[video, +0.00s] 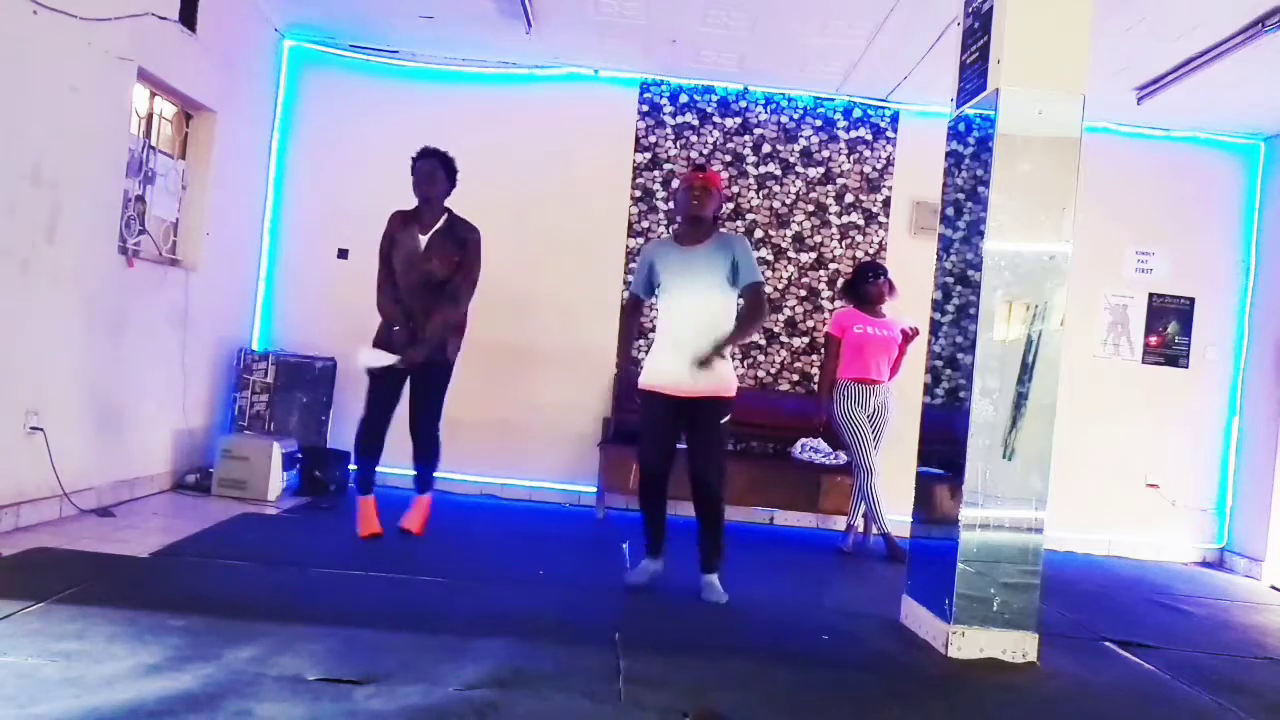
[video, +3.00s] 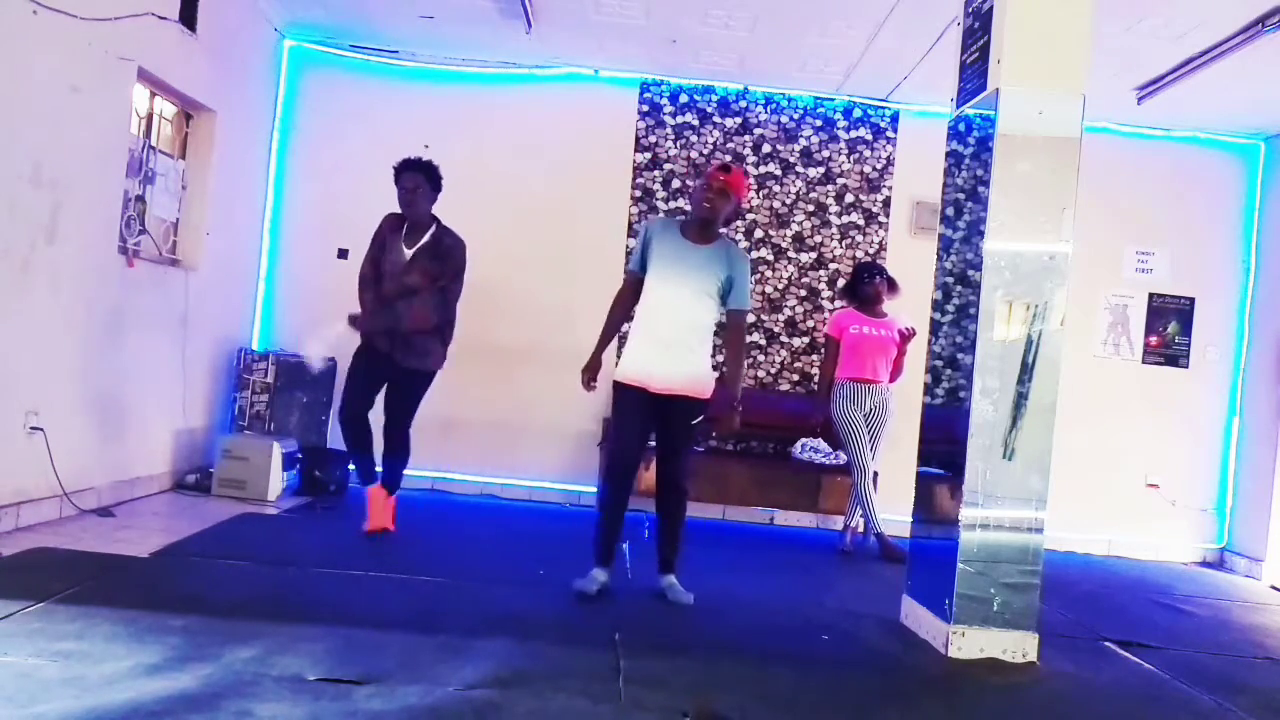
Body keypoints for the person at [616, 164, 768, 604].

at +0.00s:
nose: (696, 199)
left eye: (705, 193)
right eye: (689, 191)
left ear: (719, 202)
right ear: (677, 198)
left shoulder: (735, 248)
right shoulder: (655, 251)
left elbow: (757, 307)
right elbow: (631, 308)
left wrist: (725, 344)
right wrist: (624, 358)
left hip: (711, 387)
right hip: (659, 384)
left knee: (707, 480)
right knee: (651, 473)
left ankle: (710, 573)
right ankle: (653, 557)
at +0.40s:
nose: (686, 198)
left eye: (694, 193)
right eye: (680, 191)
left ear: (708, 203)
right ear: (668, 198)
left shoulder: (724, 253)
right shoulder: (643, 251)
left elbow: (746, 323)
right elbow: (611, 310)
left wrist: (770, 384)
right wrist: (636, 298)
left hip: (686, 384)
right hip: (636, 382)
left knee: (681, 481)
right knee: (635, 479)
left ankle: (699, 568)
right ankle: (641, 568)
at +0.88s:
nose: (689, 198)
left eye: (698, 192)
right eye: (683, 189)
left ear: (710, 200)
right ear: (669, 193)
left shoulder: (720, 258)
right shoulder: (638, 241)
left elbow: (720, 326)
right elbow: (612, 308)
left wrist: (720, 387)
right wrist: (630, 328)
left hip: (688, 386)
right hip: (632, 384)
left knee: (692, 479)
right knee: (620, 475)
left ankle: (669, 568)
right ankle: (611, 565)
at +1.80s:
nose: (644, 187)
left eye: (653, 180)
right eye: (638, 179)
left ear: (669, 188)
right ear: (627, 187)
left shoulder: (692, 241)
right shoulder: (608, 245)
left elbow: (700, 314)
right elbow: (601, 315)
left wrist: (687, 376)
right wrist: (594, 379)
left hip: (665, 388)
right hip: (613, 385)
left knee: (676, 486)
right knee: (601, 480)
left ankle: (690, 578)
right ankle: (578, 571)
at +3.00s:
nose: (707, 196)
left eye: (718, 193)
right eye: (705, 187)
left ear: (734, 209)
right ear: (695, 191)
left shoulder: (734, 261)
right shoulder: (656, 233)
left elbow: (736, 331)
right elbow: (628, 293)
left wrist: (731, 396)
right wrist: (598, 352)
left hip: (688, 387)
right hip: (635, 377)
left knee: (674, 483)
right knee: (618, 474)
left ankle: (668, 574)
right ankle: (601, 567)